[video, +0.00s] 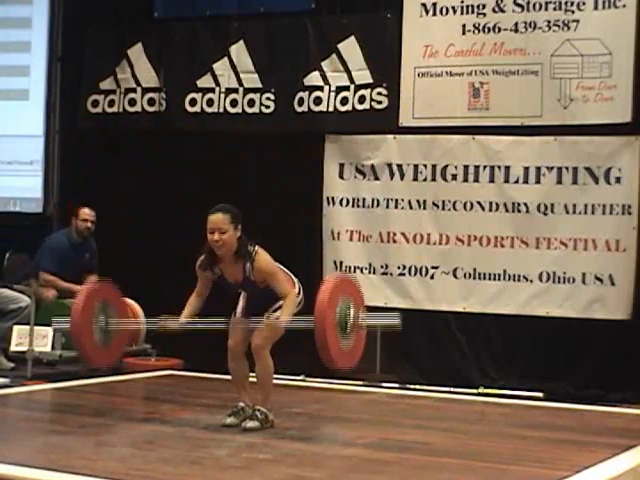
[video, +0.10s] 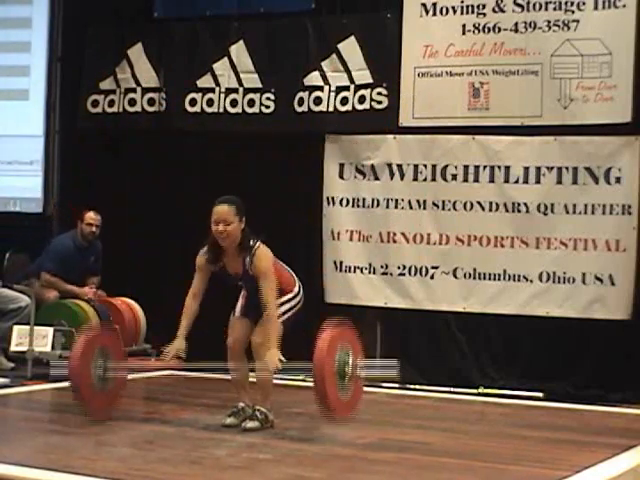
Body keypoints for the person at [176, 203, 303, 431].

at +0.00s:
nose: (216, 238)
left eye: (222, 232)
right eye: (211, 232)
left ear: (237, 232)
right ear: (206, 235)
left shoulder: (258, 260)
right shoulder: (207, 264)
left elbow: (291, 294)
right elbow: (199, 294)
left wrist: (282, 320)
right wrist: (182, 320)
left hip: (281, 298)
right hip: (249, 296)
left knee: (259, 344)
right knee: (234, 345)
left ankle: (264, 410)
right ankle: (244, 404)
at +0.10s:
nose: (221, 229)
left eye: (227, 223)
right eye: (216, 224)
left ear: (242, 224)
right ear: (210, 226)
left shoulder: (260, 255)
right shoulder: (207, 257)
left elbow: (270, 307)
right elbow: (194, 298)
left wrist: (273, 348)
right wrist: (180, 337)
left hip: (286, 294)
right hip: (252, 292)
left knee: (260, 340)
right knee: (234, 342)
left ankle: (263, 409)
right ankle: (244, 405)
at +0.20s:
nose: (228, 210)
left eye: (235, 205)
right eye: (224, 204)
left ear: (248, 209)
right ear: (217, 207)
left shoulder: (262, 241)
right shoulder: (209, 239)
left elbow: (258, 291)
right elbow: (202, 285)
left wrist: (248, 335)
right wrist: (199, 326)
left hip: (282, 286)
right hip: (249, 283)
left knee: (263, 340)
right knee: (237, 343)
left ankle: (264, 410)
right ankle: (243, 406)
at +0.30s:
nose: (238, 186)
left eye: (246, 181)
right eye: (234, 179)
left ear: (257, 187)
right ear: (227, 183)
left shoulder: (267, 224)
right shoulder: (214, 219)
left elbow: (258, 270)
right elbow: (212, 262)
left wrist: (231, 300)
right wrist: (219, 298)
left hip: (280, 280)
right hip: (246, 276)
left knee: (268, 336)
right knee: (237, 340)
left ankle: (267, 407)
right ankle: (244, 405)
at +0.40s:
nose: (251, 164)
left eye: (259, 161)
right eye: (247, 159)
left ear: (267, 169)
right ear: (238, 164)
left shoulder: (276, 205)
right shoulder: (220, 202)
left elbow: (266, 249)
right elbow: (217, 244)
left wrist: (231, 273)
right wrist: (228, 280)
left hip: (277, 276)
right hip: (241, 276)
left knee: (274, 337)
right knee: (239, 338)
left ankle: (278, 403)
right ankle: (244, 405)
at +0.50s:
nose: (266, 152)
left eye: (271, 148)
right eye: (260, 147)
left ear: (277, 156)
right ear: (248, 153)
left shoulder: (286, 192)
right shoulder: (227, 190)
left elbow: (279, 236)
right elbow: (219, 234)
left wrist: (247, 260)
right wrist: (232, 271)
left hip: (275, 270)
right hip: (241, 272)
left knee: (284, 339)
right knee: (241, 340)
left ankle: (287, 396)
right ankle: (245, 405)